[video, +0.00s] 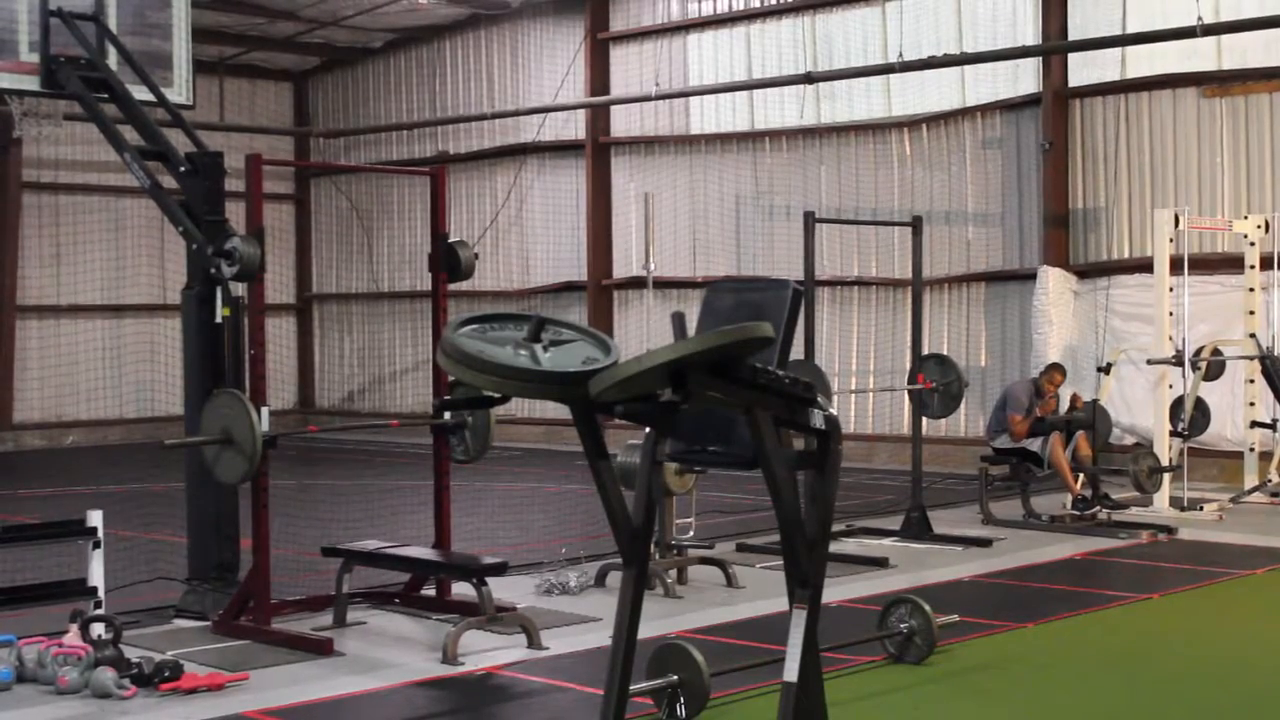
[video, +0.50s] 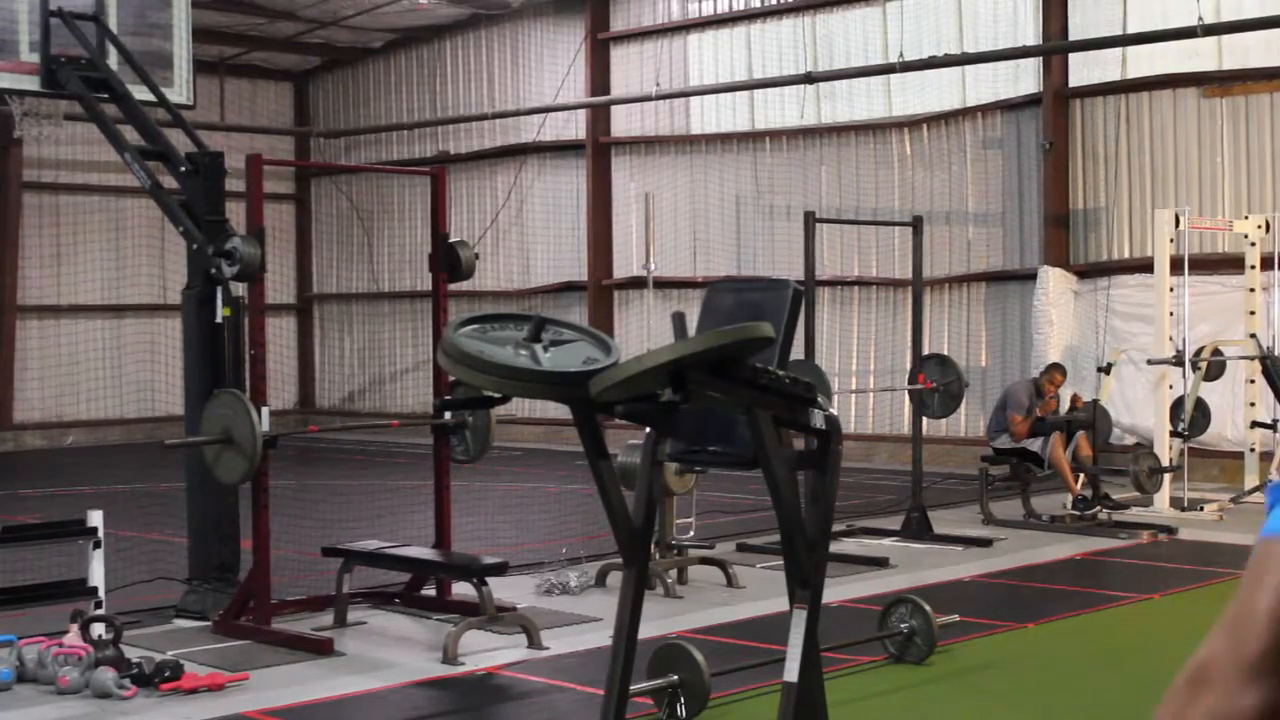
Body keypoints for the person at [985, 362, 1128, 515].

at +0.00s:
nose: (1052, 390)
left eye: (1056, 387)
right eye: (1050, 384)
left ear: (1059, 386)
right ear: (1041, 376)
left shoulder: (1050, 395)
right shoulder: (1019, 391)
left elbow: (1052, 426)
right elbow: (1017, 435)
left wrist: (1071, 411)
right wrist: (1039, 413)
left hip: (1028, 438)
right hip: (1002, 439)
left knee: (1079, 435)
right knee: (1053, 440)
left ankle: (1097, 493)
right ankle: (1077, 497)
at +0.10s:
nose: (1052, 390)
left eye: (1056, 387)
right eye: (1050, 384)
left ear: (1060, 386)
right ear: (1041, 376)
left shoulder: (1050, 395)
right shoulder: (1019, 391)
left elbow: (1052, 427)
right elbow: (1017, 435)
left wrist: (1072, 411)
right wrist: (1039, 413)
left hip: (1027, 438)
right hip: (1002, 439)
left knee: (1079, 435)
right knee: (1053, 440)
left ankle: (1097, 493)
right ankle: (1077, 497)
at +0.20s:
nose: (1052, 390)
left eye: (1057, 387)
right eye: (1050, 384)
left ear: (1060, 386)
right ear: (1041, 376)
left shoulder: (1049, 395)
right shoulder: (1019, 391)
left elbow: (1051, 426)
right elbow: (1017, 435)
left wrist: (1071, 411)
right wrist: (1039, 412)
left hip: (1027, 438)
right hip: (1002, 439)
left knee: (1079, 436)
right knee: (1054, 440)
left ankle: (1097, 493)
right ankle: (1077, 498)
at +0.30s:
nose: (1052, 390)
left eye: (1057, 387)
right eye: (1050, 384)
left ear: (1060, 386)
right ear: (1041, 376)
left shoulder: (1049, 395)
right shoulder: (1019, 391)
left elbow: (1052, 426)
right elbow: (1017, 435)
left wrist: (1071, 411)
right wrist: (1039, 412)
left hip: (1028, 438)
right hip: (1002, 439)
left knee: (1079, 436)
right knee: (1054, 440)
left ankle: (1098, 493)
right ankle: (1077, 498)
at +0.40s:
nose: (1052, 390)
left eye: (1057, 387)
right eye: (1050, 384)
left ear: (1060, 386)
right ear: (1041, 376)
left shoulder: (1049, 395)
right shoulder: (1019, 391)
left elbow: (1051, 426)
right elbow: (1017, 435)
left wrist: (1071, 411)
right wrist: (1040, 412)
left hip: (1028, 438)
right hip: (1002, 440)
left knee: (1079, 436)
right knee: (1054, 440)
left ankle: (1097, 493)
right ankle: (1077, 498)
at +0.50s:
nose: (1052, 390)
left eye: (1057, 387)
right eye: (1050, 384)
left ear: (1060, 387)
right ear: (1041, 376)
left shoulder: (1049, 395)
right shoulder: (1019, 391)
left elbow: (1051, 427)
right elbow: (1017, 435)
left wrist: (1071, 412)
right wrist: (1039, 412)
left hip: (1028, 438)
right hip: (1002, 440)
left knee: (1079, 436)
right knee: (1054, 440)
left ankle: (1098, 493)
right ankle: (1077, 498)